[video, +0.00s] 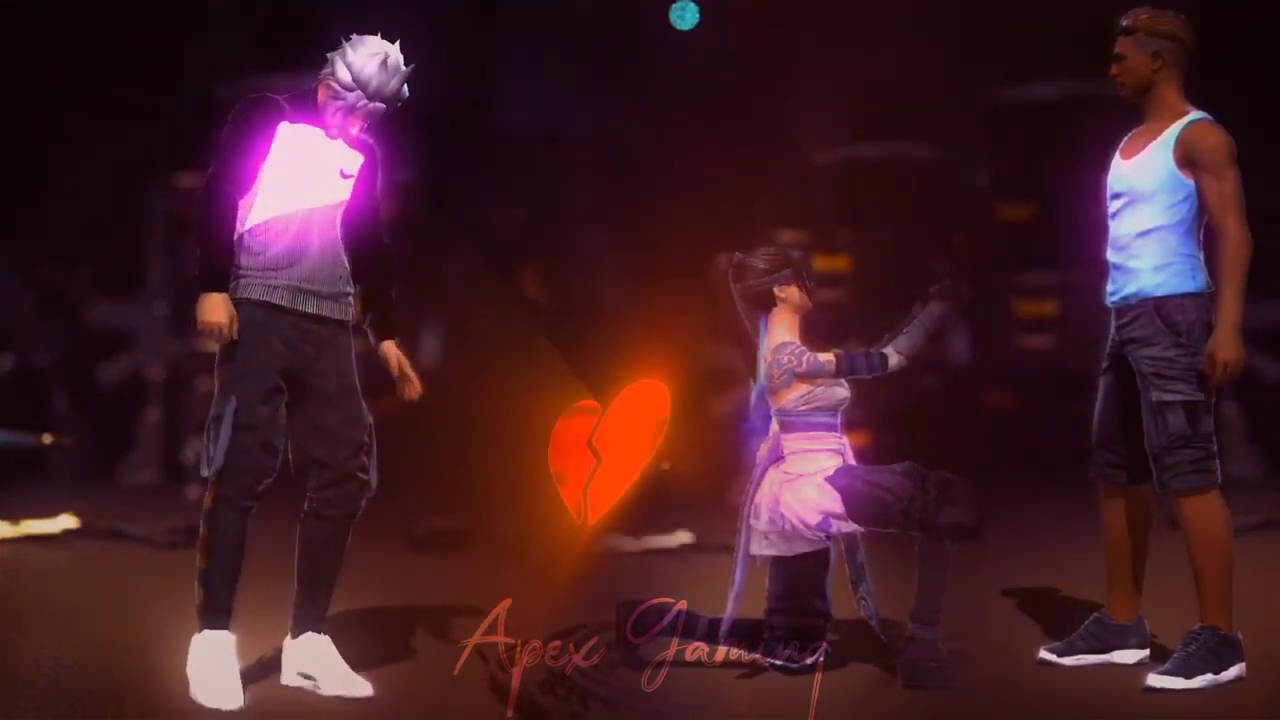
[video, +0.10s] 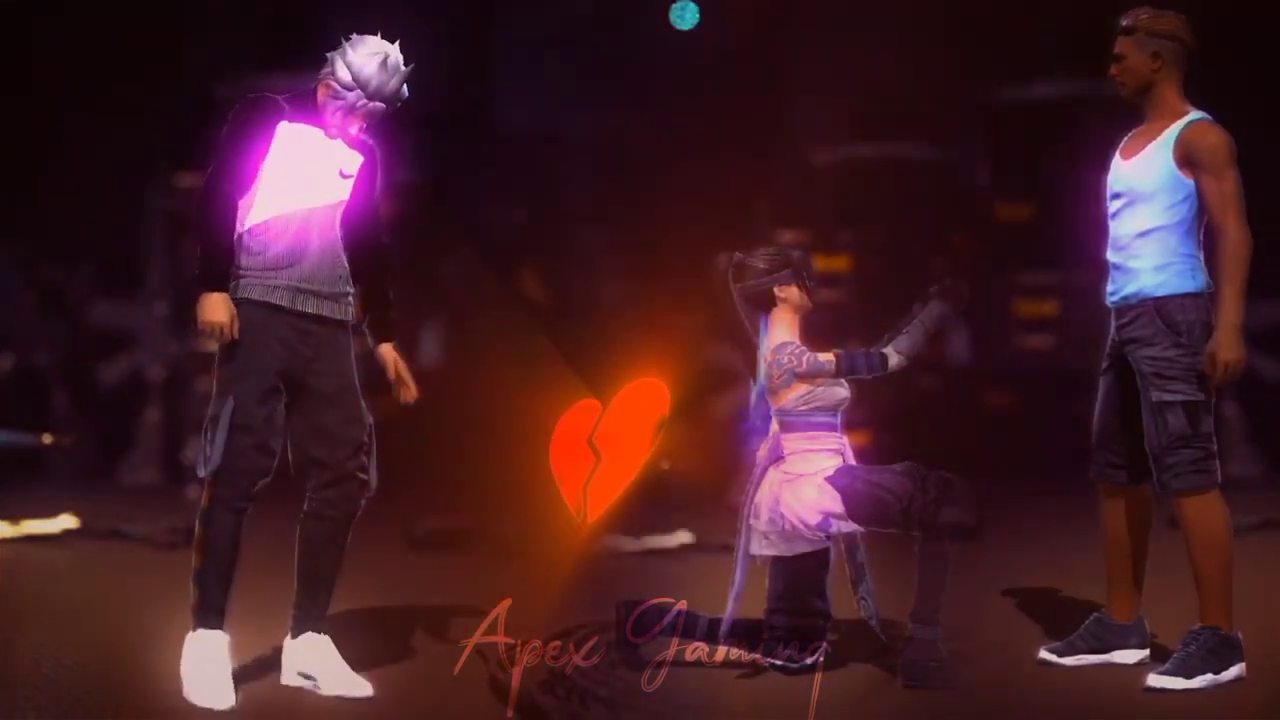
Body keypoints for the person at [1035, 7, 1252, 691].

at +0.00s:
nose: (1113, 68)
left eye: (1122, 59)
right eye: (1113, 59)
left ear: (1160, 62)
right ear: (1142, 65)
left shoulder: (1200, 135)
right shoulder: (1133, 140)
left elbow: (1234, 233)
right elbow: (1136, 239)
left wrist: (1227, 328)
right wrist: (1118, 320)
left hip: (1172, 320)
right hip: (1125, 322)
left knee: (1190, 476)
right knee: (1117, 471)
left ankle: (1217, 636)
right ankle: (1121, 623)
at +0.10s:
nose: (1113, 69)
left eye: (1122, 59)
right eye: (1113, 59)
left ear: (1160, 62)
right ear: (1141, 65)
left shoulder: (1200, 135)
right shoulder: (1133, 140)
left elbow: (1234, 233)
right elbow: (1136, 239)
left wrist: (1228, 328)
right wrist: (1118, 319)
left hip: (1172, 320)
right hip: (1125, 322)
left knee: (1190, 476)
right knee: (1116, 470)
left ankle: (1216, 636)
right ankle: (1121, 623)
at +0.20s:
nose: (1113, 69)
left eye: (1122, 59)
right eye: (1113, 59)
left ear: (1160, 63)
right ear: (1141, 65)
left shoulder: (1200, 135)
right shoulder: (1133, 140)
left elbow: (1234, 233)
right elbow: (1136, 239)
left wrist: (1228, 328)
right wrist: (1118, 319)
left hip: (1172, 320)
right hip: (1125, 322)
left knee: (1190, 476)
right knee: (1116, 470)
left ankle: (1217, 636)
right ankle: (1121, 623)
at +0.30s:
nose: (1112, 68)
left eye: (1122, 58)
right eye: (1113, 59)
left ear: (1160, 62)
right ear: (1142, 65)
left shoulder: (1200, 135)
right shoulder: (1133, 139)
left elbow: (1234, 233)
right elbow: (1136, 239)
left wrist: (1228, 328)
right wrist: (1118, 319)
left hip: (1172, 320)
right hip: (1125, 322)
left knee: (1190, 476)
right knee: (1116, 470)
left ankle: (1216, 636)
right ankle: (1121, 623)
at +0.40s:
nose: (1112, 68)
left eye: (1122, 58)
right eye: (1113, 58)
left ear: (1160, 63)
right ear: (1141, 65)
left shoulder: (1200, 135)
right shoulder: (1133, 139)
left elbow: (1234, 235)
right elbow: (1136, 239)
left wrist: (1228, 328)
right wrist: (1118, 319)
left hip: (1172, 320)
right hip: (1125, 322)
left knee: (1190, 476)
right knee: (1116, 470)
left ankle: (1216, 636)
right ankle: (1121, 623)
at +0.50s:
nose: (1112, 68)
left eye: (1122, 58)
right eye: (1112, 58)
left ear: (1159, 62)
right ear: (1141, 65)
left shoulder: (1199, 135)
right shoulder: (1133, 140)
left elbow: (1234, 234)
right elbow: (1136, 240)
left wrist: (1229, 328)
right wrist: (1118, 319)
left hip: (1172, 320)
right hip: (1125, 322)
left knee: (1189, 476)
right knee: (1116, 470)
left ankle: (1216, 636)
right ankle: (1121, 623)